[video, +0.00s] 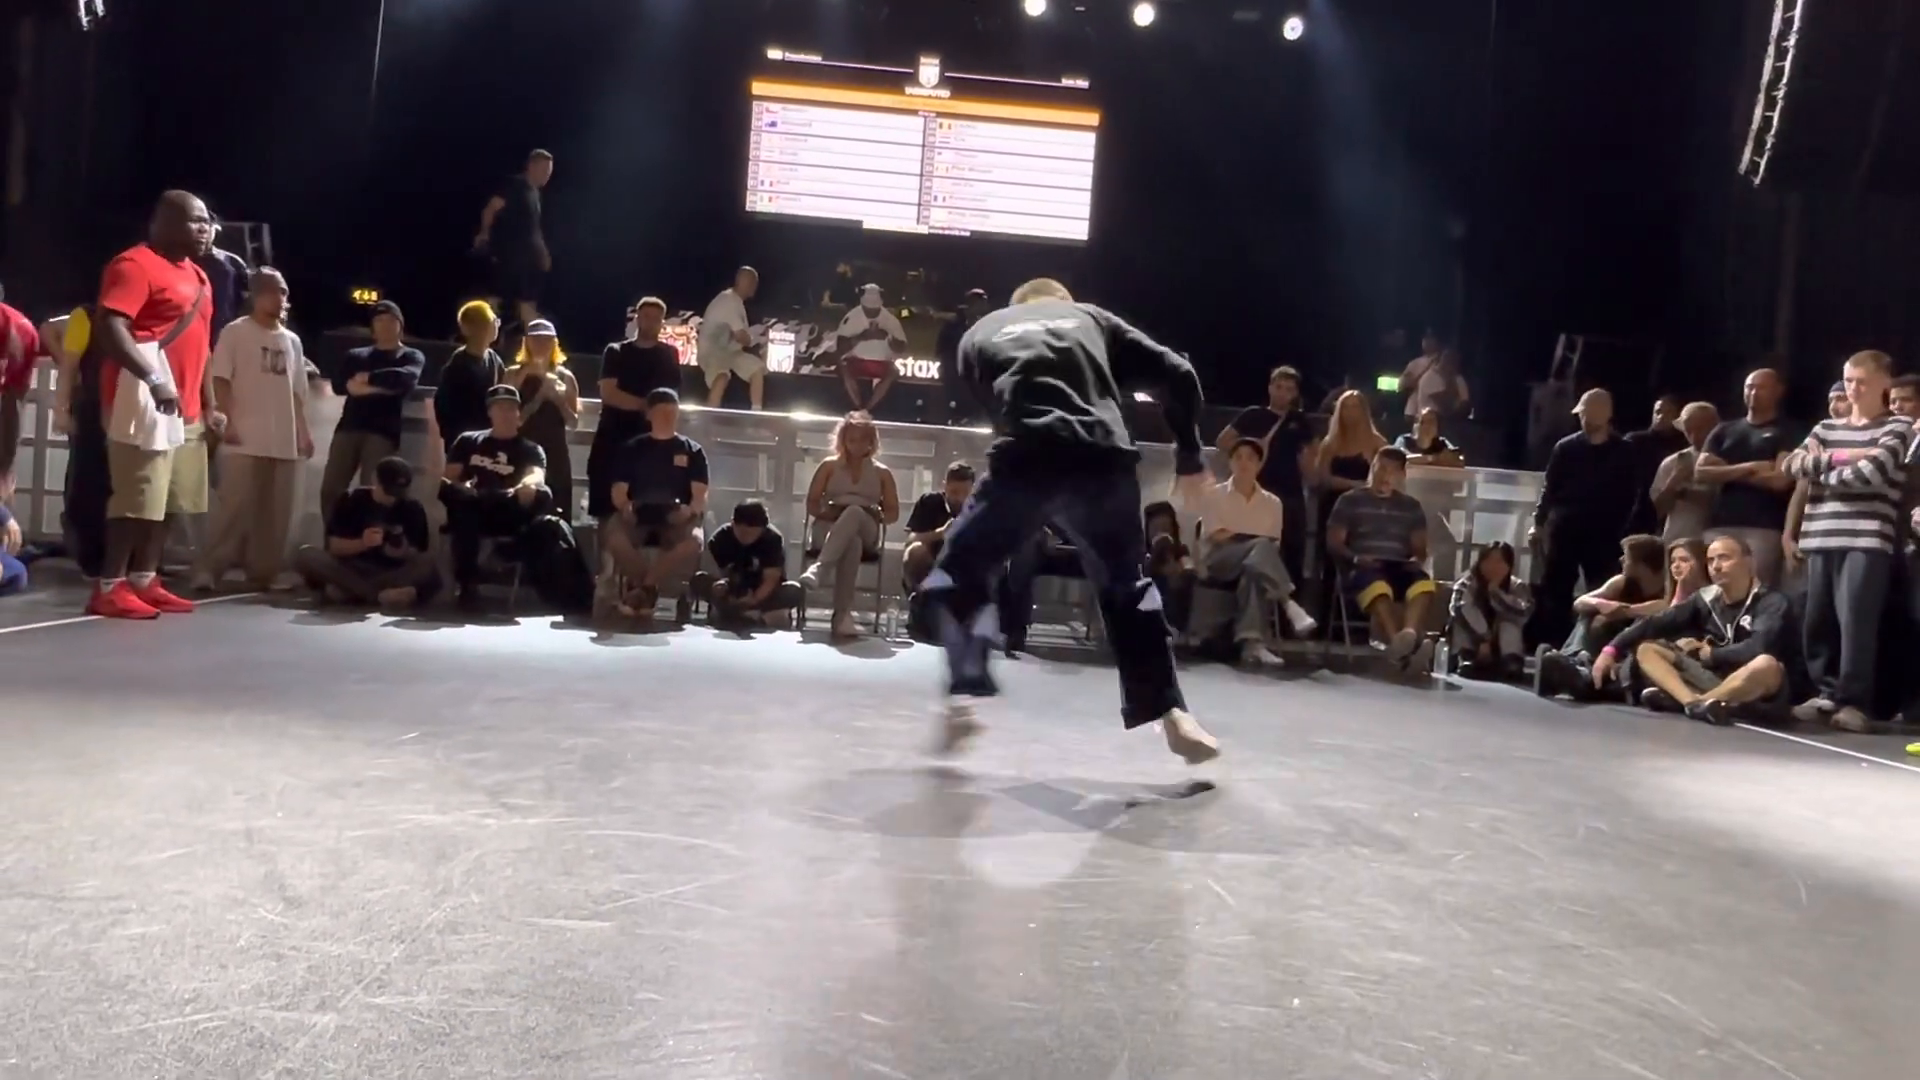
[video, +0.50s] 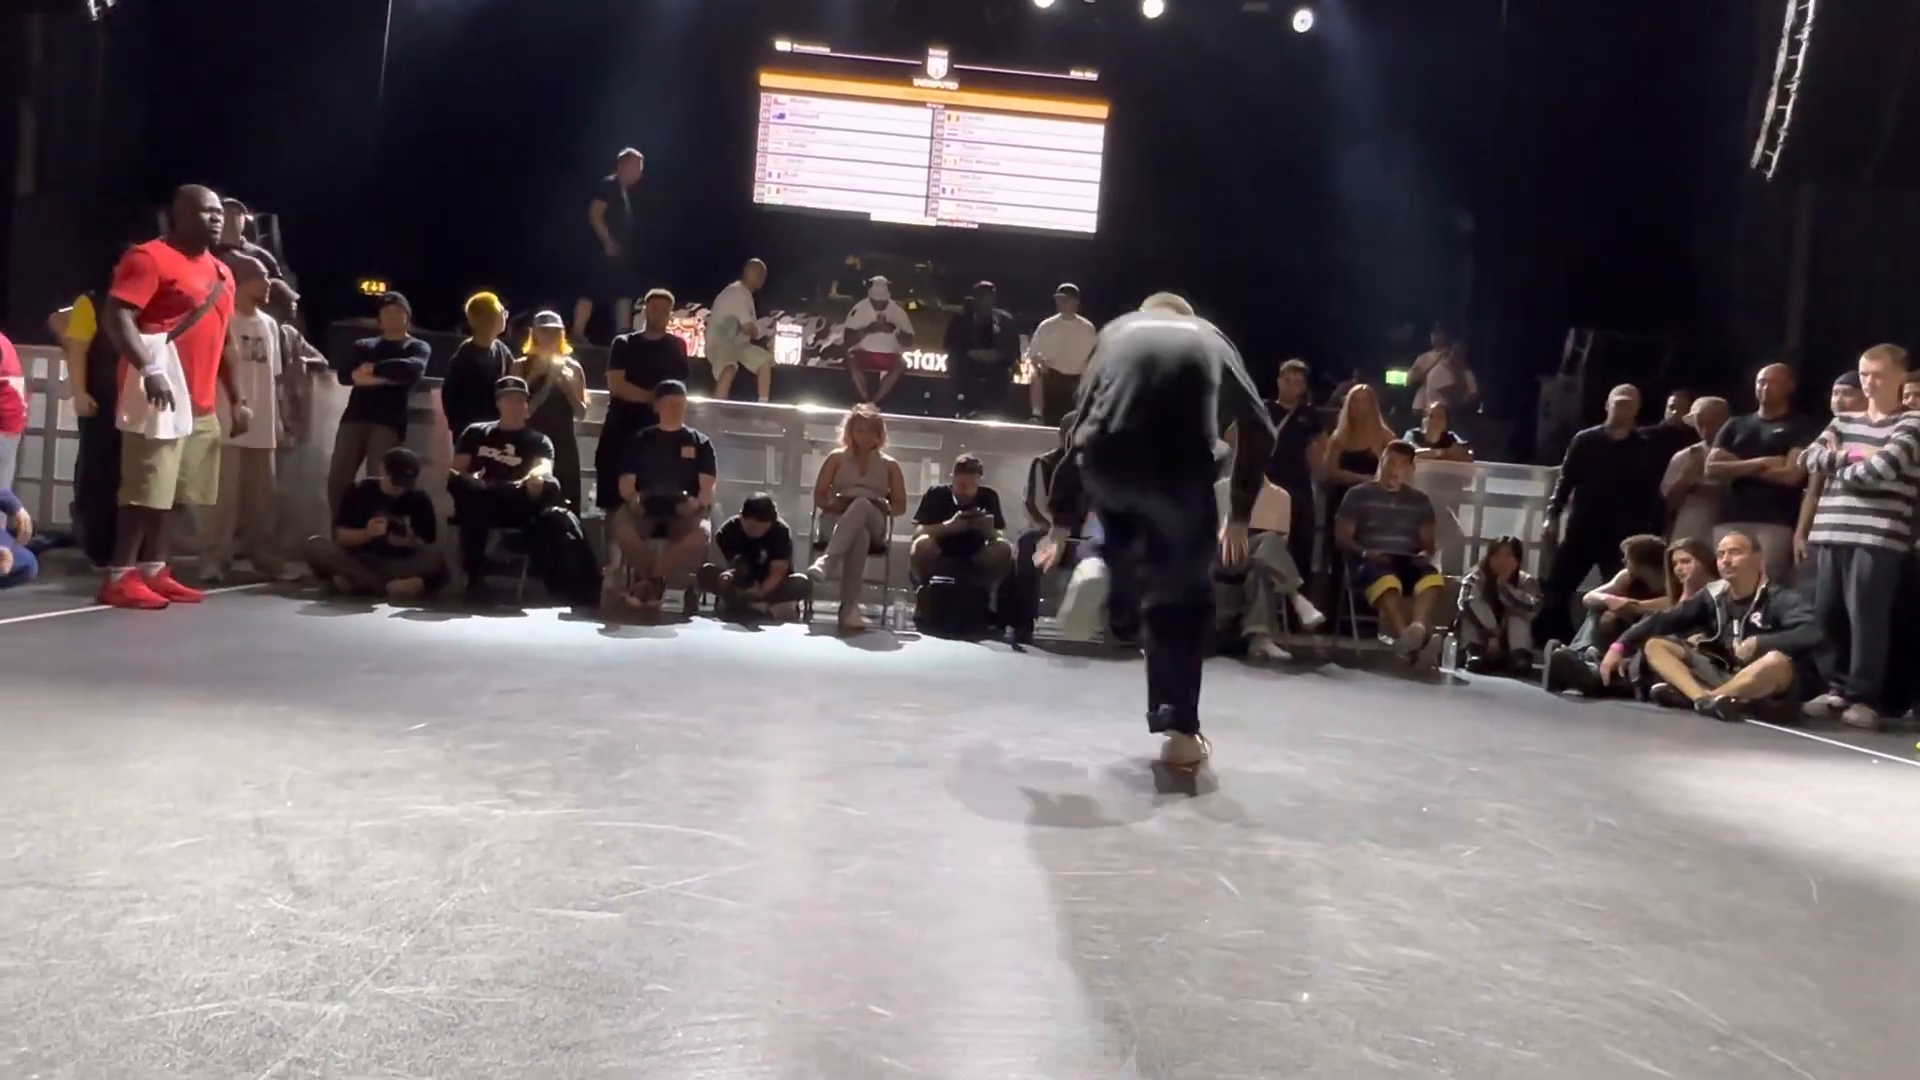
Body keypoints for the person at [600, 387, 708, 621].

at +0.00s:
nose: (667, 416)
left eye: (671, 410)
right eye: (661, 411)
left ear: (677, 413)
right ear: (649, 414)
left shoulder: (692, 451)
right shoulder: (631, 448)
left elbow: (699, 497)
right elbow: (618, 491)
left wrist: (687, 512)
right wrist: (629, 510)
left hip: (675, 510)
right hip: (639, 509)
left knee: (693, 542)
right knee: (614, 535)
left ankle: (641, 589)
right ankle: (647, 589)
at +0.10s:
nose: (669, 415)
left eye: (673, 409)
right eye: (663, 409)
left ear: (679, 412)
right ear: (651, 412)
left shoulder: (694, 449)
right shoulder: (633, 446)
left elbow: (701, 494)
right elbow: (620, 489)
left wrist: (688, 510)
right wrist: (630, 508)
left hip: (676, 508)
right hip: (641, 507)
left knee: (694, 540)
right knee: (616, 533)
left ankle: (643, 587)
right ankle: (649, 588)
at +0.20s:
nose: (670, 412)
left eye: (674, 407)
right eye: (664, 407)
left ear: (681, 409)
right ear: (652, 410)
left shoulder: (696, 447)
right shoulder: (635, 444)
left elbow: (703, 492)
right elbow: (622, 488)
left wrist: (691, 508)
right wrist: (632, 505)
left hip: (678, 507)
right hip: (642, 506)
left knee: (697, 538)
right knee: (618, 530)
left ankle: (644, 584)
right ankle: (651, 585)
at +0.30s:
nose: (671, 411)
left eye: (675, 405)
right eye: (665, 405)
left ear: (682, 407)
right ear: (653, 408)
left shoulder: (697, 444)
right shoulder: (636, 442)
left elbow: (704, 490)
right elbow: (623, 485)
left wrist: (693, 505)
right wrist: (633, 503)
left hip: (679, 504)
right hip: (644, 503)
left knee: (697, 536)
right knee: (618, 526)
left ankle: (644, 582)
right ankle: (650, 583)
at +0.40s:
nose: (672, 410)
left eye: (677, 404)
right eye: (667, 404)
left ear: (683, 406)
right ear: (655, 407)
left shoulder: (698, 443)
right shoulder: (637, 441)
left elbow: (705, 488)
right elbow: (624, 484)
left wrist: (694, 505)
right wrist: (635, 502)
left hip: (680, 503)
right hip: (645, 502)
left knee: (699, 535)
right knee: (620, 525)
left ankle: (647, 580)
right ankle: (652, 581)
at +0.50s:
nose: (674, 408)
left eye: (678, 403)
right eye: (669, 403)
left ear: (685, 405)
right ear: (657, 406)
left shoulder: (700, 443)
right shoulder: (639, 440)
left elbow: (707, 486)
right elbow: (626, 483)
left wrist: (696, 504)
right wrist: (637, 502)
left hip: (682, 502)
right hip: (647, 500)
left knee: (700, 534)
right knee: (621, 524)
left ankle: (649, 580)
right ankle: (654, 580)